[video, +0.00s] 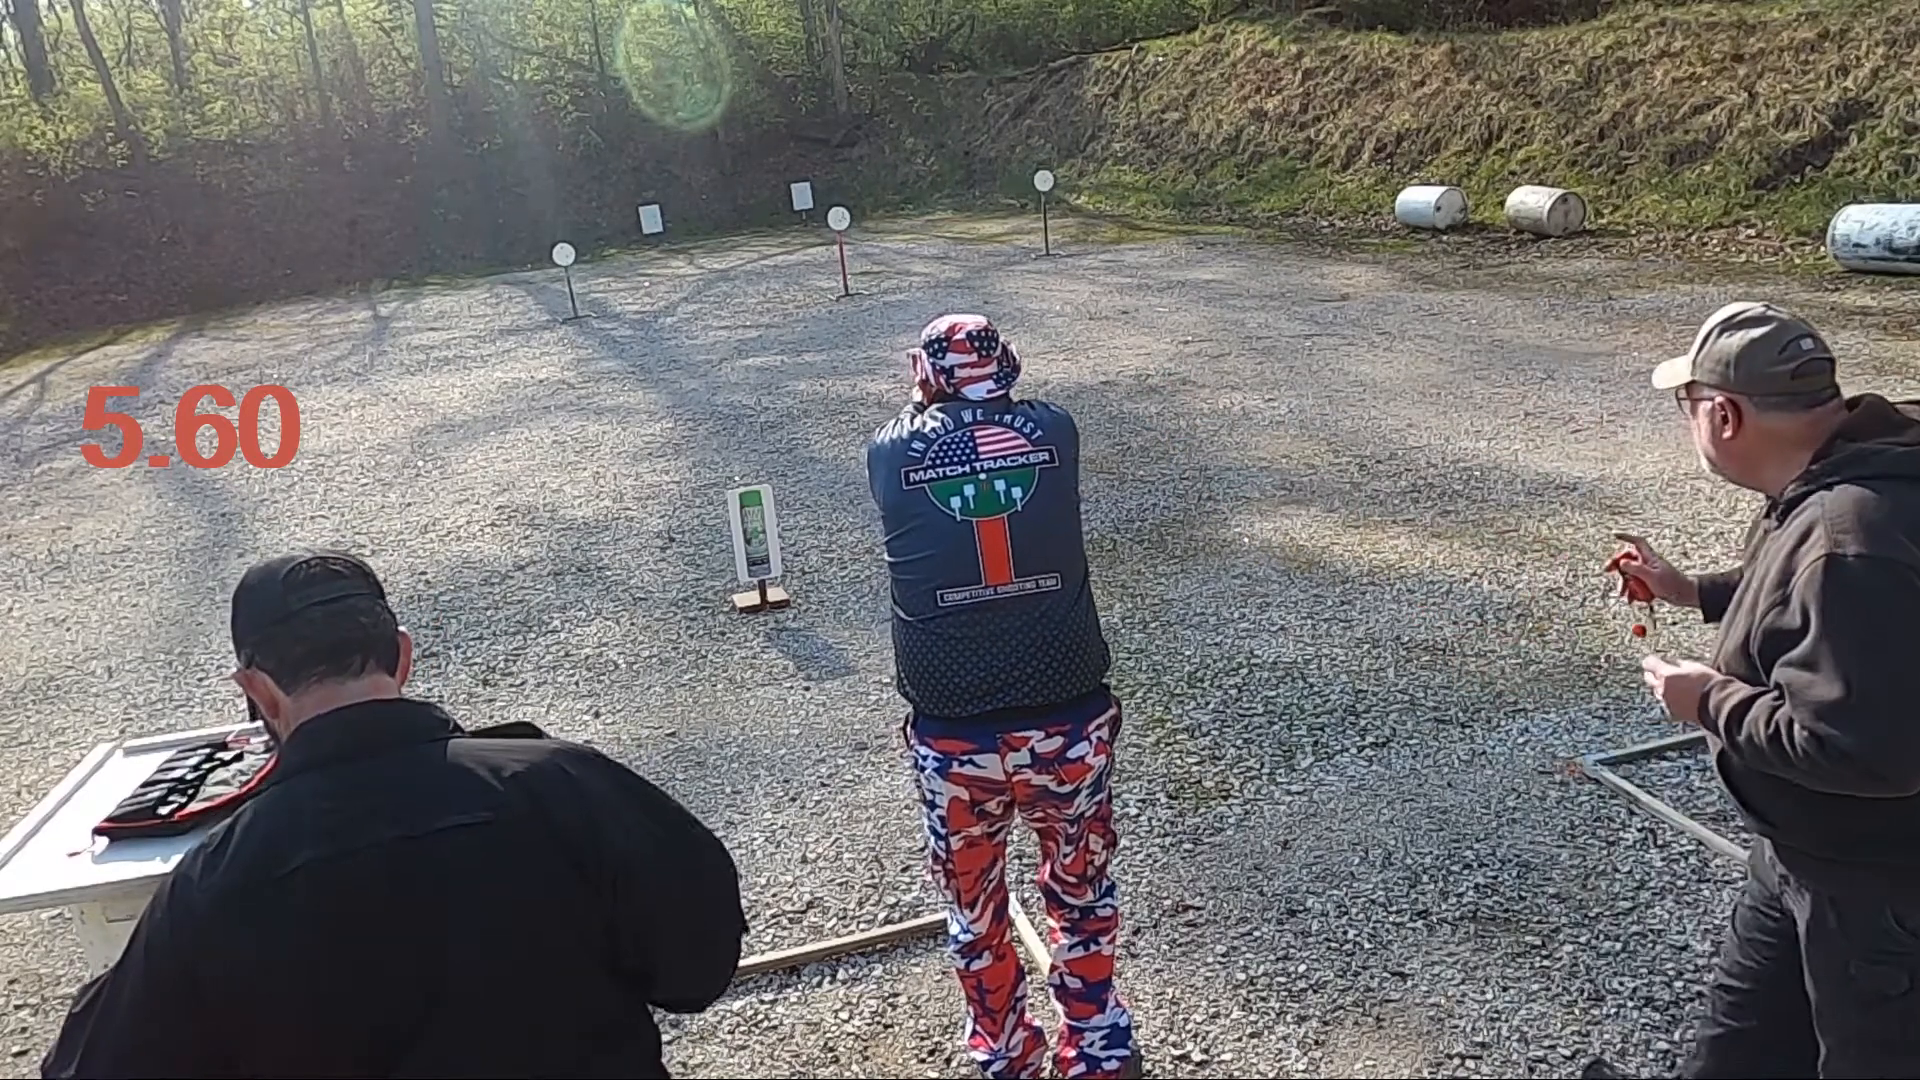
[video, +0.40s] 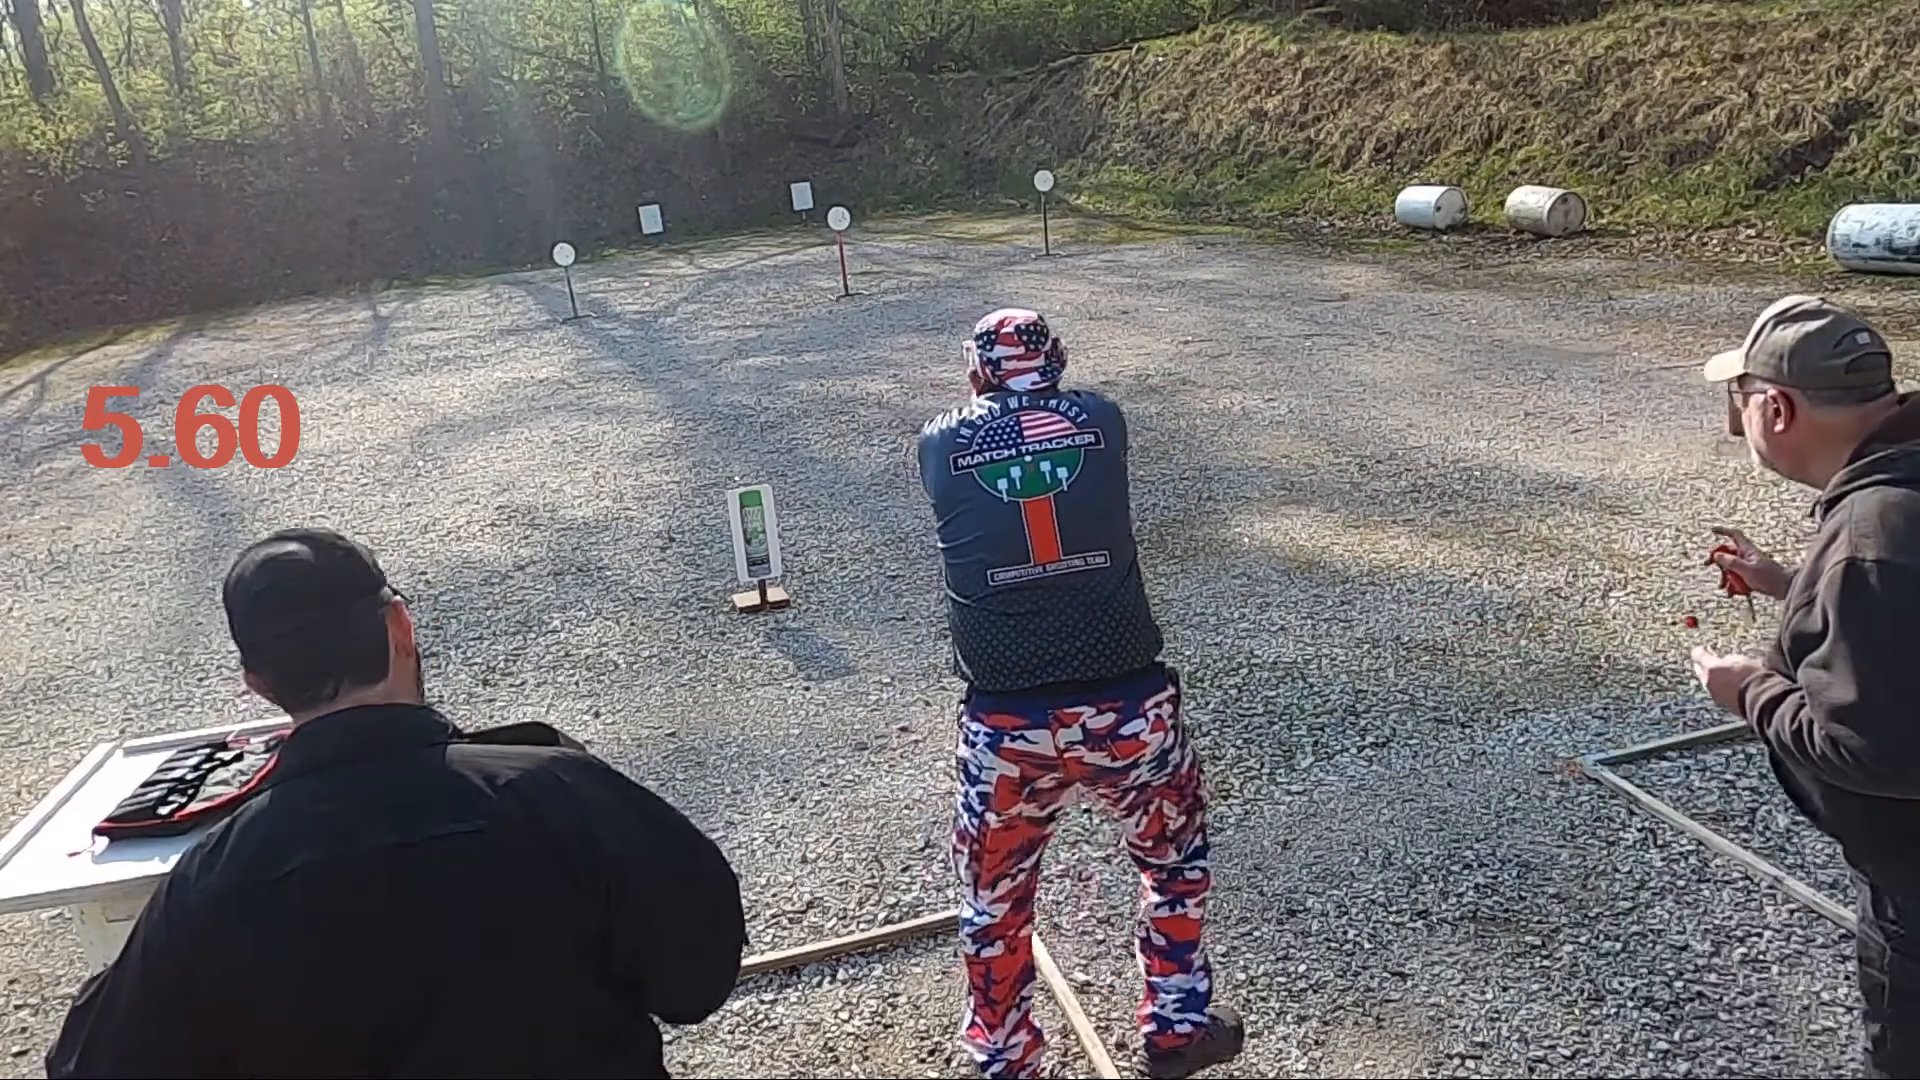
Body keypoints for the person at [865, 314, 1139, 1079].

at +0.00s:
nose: (920, 388)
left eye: (921, 379)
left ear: (927, 388)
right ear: (1004, 379)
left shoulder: (888, 458)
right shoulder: (1054, 430)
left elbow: (907, 437)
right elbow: (993, 424)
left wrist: (931, 399)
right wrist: (952, 395)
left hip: (955, 740)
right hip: (1071, 727)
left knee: (975, 901)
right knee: (1082, 891)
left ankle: (1003, 1055)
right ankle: (1099, 1052)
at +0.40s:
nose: (981, 380)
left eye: (979, 369)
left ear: (978, 378)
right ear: (1056, 368)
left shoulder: (939, 446)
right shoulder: (1101, 419)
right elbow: (1053, 419)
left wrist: (993, 396)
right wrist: (1012, 391)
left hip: (1005, 725)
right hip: (1126, 711)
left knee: (995, 892)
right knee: (1172, 847)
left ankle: (1001, 1055)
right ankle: (1176, 1025)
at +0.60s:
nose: (1131, 402)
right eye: (1133, 390)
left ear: (1063, 400)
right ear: (1139, 395)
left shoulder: (1019, 469)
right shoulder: (1180, 447)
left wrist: (1084, 416)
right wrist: (1095, 418)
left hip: (1063, 743)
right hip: (1190, 733)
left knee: (1028, 888)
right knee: (1293, 838)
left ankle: (1004, 1051)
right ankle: (1394, 966)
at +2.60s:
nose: (1788, 246)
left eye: (1791, 237)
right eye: (1785, 237)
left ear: (1805, 244)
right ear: (1867, 234)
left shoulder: (1772, 298)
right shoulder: (1910, 287)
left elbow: (1712, 315)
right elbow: (1866, 270)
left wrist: (1710, 276)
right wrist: (1806, 249)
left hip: (1812, 532)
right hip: (1912, 530)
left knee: (1731, 648)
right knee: (1897, 674)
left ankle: (1720, 812)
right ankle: (1903, 811)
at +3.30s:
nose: (1792, 250)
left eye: (1795, 241)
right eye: (1791, 240)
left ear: (1805, 245)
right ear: (1870, 232)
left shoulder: (1773, 297)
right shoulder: (1908, 281)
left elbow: (1715, 310)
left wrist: (1713, 271)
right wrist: (1807, 252)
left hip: (1813, 532)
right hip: (1910, 530)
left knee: (1744, 643)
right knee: (1895, 675)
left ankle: (1718, 783)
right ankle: (1901, 812)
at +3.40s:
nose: (1791, 250)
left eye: (1794, 242)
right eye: (1790, 242)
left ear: (1804, 245)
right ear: (1871, 232)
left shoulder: (1775, 295)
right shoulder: (1908, 281)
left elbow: (1715, 312)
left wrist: (1706, 273)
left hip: (1815, 532)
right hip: (1909, 530)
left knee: (1748, 645)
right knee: (1895, 676)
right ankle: (1901, 812)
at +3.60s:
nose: (1788, 252)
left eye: (1791, 243)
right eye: (1786, 244)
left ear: (1805, 244)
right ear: (1868, 233)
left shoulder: (1779, 294)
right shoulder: (1909, 284)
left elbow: (1713, 312)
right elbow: (1830, 296)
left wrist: (1691, 276)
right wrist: (1740, 277)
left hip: (1821, 534)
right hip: (1912, 529)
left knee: (1776, 658)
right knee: (1897, 674)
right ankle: (1902, 811)